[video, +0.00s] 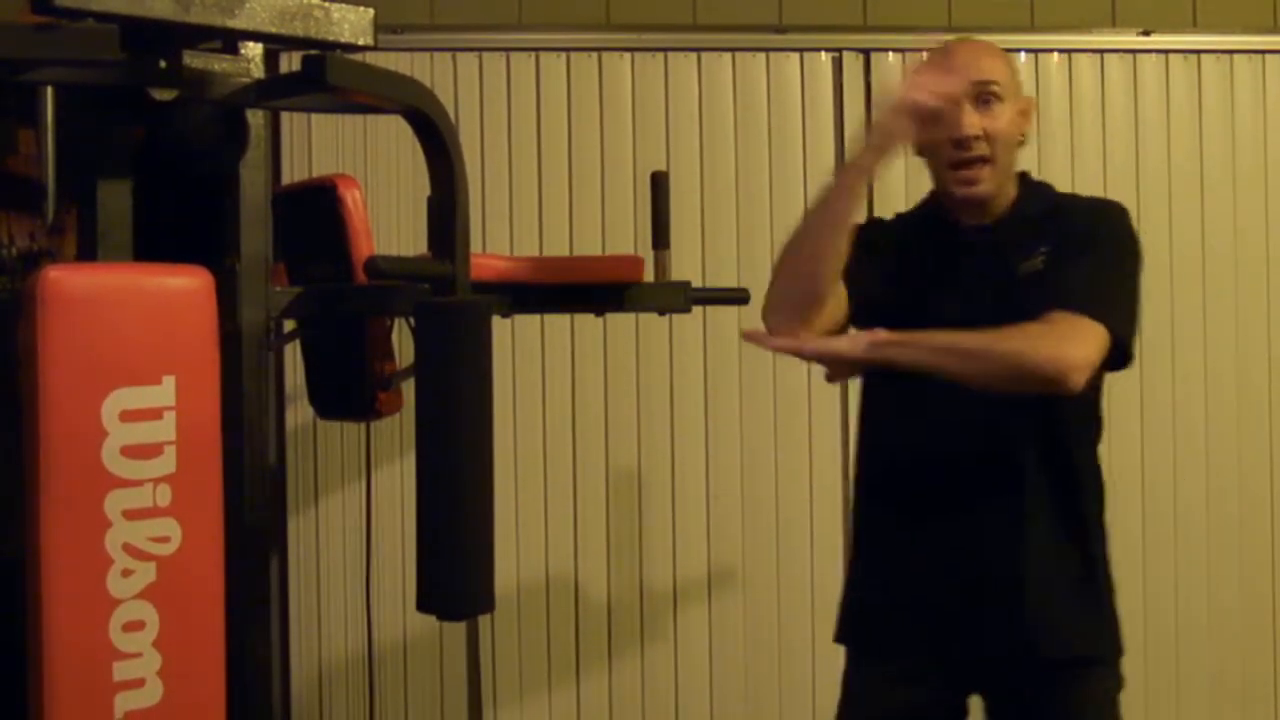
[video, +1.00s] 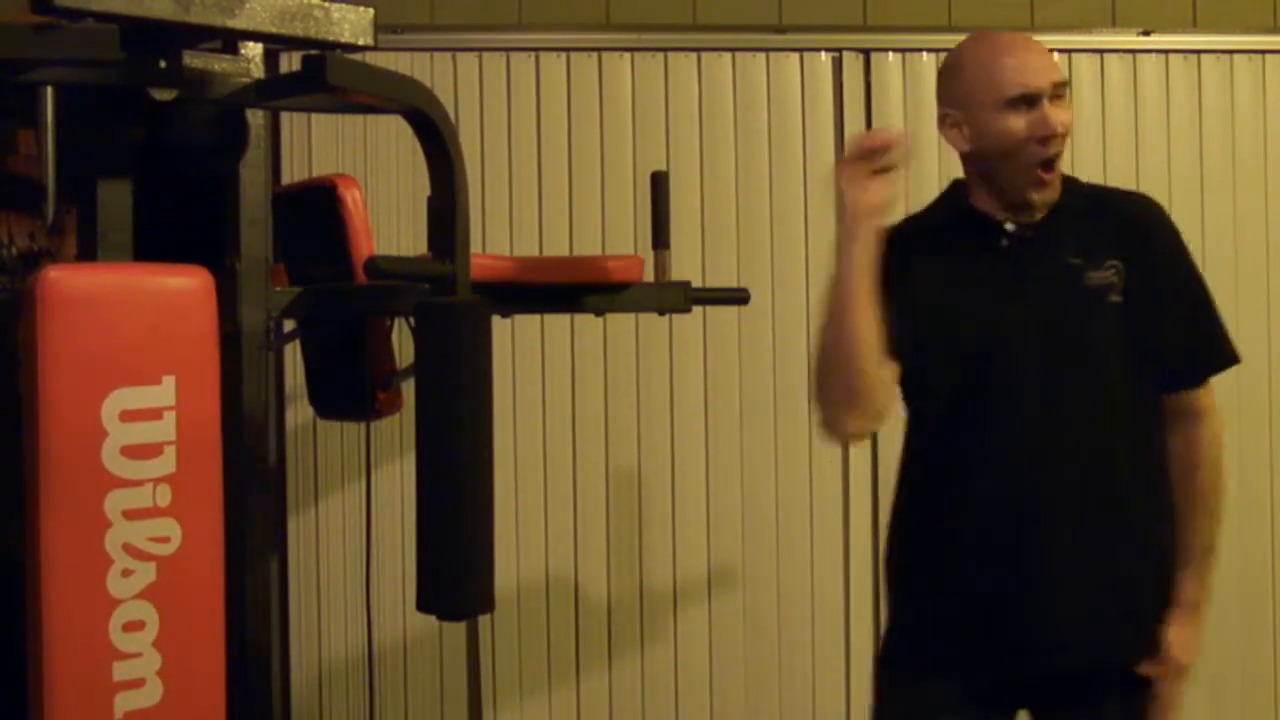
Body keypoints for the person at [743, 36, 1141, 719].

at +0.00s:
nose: (963, 128)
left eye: (985, 99)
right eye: (938, 108)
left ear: (1025, 118)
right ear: (913, 131)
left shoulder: (1090, 229)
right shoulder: (880, 246)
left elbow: (1066, 359)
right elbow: (789, 320)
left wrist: (873, 348)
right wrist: (870, 153)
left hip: (1049, 615)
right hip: (901, 616)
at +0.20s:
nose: (959, 115)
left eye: (980, 90)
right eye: (933, 96)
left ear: (1016, 110)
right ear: (907, 125)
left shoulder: (1086, 230)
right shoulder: (866, 249)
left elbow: (1064, 378)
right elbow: (797, 375)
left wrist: (858, 381)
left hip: (1044, 620)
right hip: (890, 621)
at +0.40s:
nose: (1025, 126)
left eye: (1045, 104)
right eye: (997, 107)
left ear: (1074, 132)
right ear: (961, 143)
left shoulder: (1144, 268)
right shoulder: (906, 272)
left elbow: (1156, 481)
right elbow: (750, 376)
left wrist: (1088, 663)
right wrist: (901, 382)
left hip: (1100, 661)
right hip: (944, 654)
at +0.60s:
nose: (1057, 145)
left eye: (1075, 118)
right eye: (1029, 124)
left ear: (1103, 132)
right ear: (988, 150)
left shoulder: (1179, 271)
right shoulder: (934, 287)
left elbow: (1262, 454)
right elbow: (844, 447)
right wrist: (838, 282)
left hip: (1134, 663)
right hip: (975, 661)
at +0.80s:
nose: (1078, 135)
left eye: (1085, 108)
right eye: (1047, 116)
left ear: (1100, 112)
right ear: (984, 136)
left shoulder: (1159, 235)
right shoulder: (923, 271)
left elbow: (1227, 424)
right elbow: (878, 445)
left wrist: (1273, 607)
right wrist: (941, 275)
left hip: (1136, 640)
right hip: (975, 644)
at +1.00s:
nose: (1053, 124)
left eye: (1057, 97)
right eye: (1021, 105)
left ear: (1069, 101)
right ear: (957, 130)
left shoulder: (1132, 230)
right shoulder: (908, 252)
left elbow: (1189, 418)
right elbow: (850, 415)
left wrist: (1186, 603)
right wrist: (857, 230)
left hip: (1107, 626)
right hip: (948, 628)